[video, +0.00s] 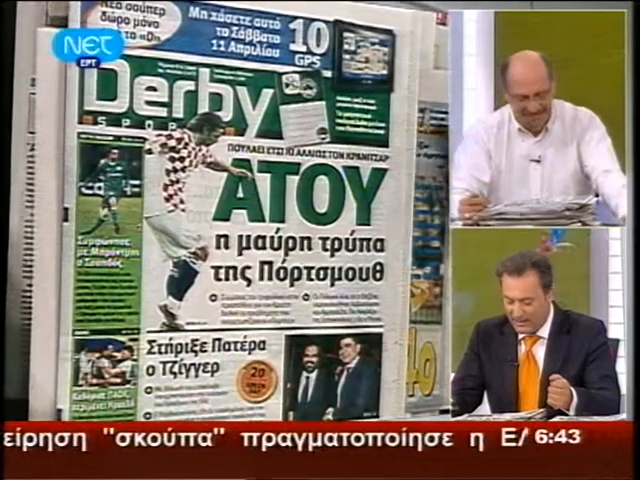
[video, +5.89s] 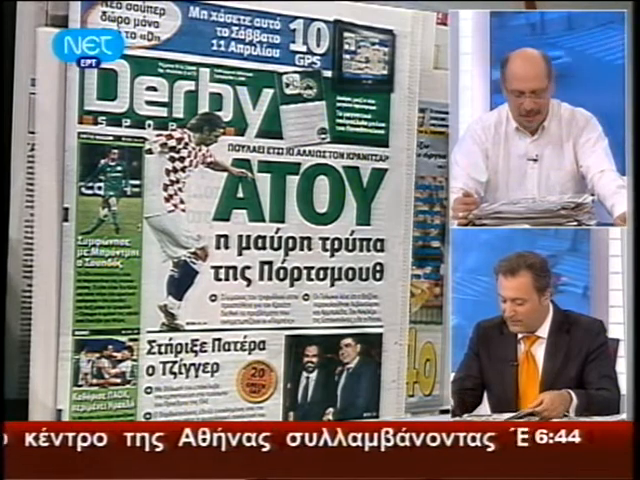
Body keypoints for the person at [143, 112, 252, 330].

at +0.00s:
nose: (215, 141)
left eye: (217, 137)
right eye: (215, 136)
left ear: (207, 132)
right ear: (205, 130)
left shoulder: (199, 149)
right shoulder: (179, 137)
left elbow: (212, 162)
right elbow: (150, 146)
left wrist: (232, 170)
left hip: (165, 208)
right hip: (161, 208)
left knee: (181, 260)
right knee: (200, 250)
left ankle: (171, 316)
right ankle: (172, 304)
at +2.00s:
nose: (215, 141)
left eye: (217, 137)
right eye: (215, 136)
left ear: (206, 132)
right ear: (205, 130)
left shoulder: (199, 149)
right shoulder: (179, 137)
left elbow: (212, 162)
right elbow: (150, 145)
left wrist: (231, 170)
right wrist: (153, 148)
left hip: (166, 209)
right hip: (161, 207)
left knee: (181, 260)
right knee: (200, 251)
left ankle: (171, 317)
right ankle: (172, 304)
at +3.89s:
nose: (216, 141)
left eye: (218, 137)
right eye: (216, 136)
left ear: (206, 132)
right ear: (206, 130)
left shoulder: (199, 149)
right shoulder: (179, 137)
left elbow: (212, 162)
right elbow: (151, 145)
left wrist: (231, 170)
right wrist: (153, 147)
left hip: (165, 209)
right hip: (161, 207)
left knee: (181, 260)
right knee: (200, 251)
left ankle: (171, 317)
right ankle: (172, 304)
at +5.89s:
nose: (215, 141)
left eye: (217, 137)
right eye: (215, 136)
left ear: (207, 132)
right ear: (205, 130)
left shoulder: (199, 150)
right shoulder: (179, 137)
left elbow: (212, 162)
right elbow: (149, 145)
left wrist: (232, 170)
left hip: (165, 209)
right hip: (161, 208)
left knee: (180, 262)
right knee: (200, 251)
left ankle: (170, 317)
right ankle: (172, 304)